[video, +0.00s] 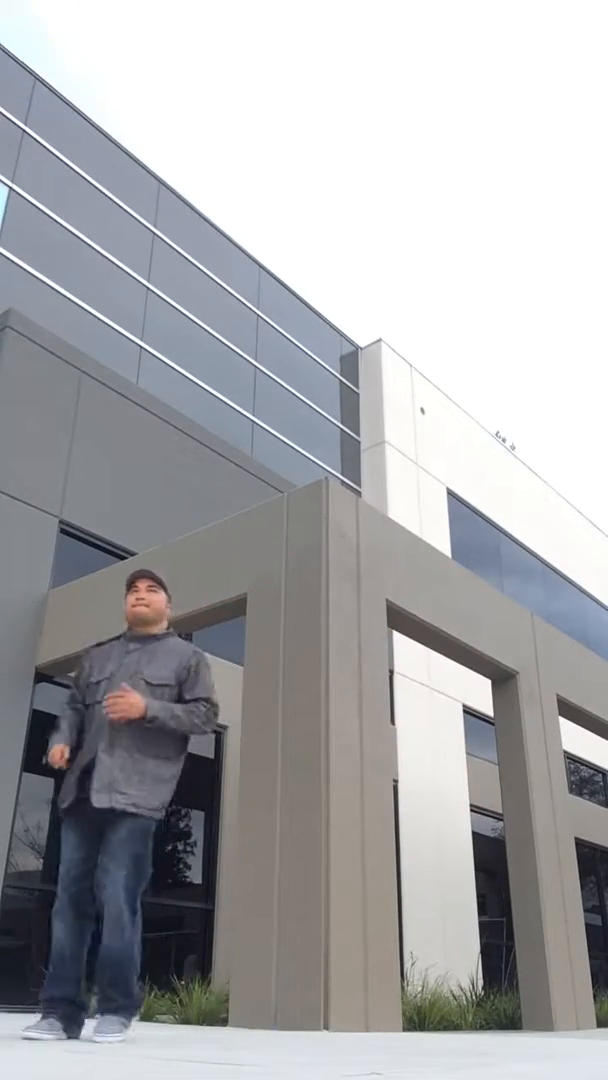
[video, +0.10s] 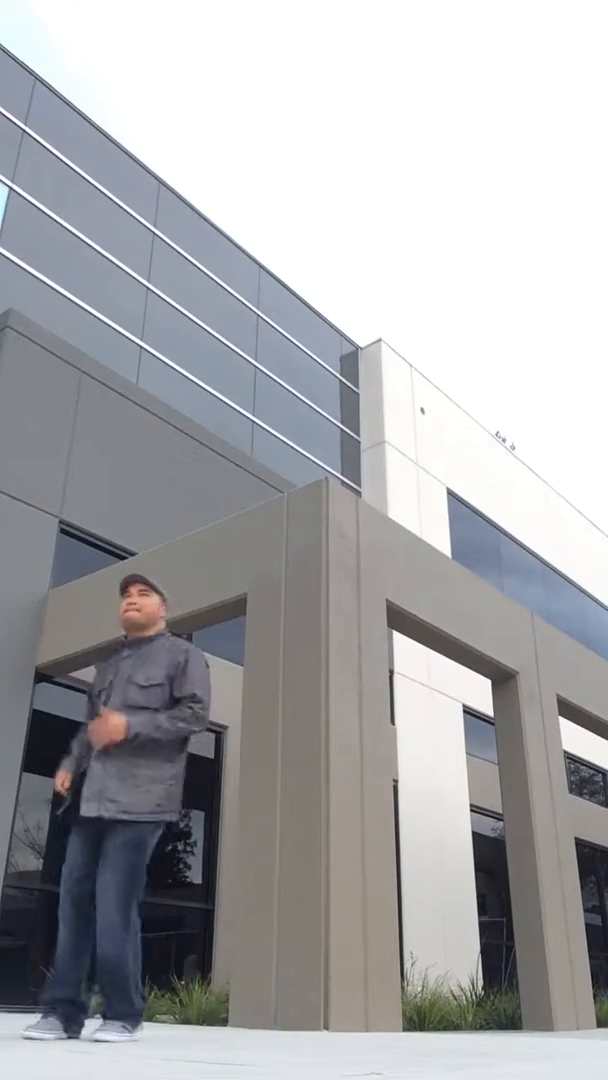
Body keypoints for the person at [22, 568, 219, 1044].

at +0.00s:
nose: (141, 595)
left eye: (151, 590)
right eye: (134, 591)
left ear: (168, 607)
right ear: (123, 607)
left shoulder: (187, 656)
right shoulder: (95, 655)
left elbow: (206, 717)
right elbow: (74, 707)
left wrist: (148, 707)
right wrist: (62, 738)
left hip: (138, 794)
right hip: (82, 787)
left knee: (117, 895)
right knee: (70, 897)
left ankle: (115, 1010)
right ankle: (61, 1011)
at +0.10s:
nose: (132, 601)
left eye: (143, 594)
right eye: (126, 597)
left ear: (163, 609)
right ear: (119, 613)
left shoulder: (184, 655)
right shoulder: (109, 664)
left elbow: (193, 716)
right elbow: (93, 725)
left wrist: (130, 724)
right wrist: (70, 765)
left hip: (142, 801)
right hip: (94, 797)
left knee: (116, 901)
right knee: (73, 894)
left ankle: (122, 1015)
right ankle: (64, 1011)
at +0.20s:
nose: (125, 606)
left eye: (137, 599)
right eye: (121, 601)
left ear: (161, 612)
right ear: (118, 616)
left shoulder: (180, 653)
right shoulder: (121, 669)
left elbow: (192, 714)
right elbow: (114, 733)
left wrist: (132, 741)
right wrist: (89, 772)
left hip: (150, 803)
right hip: (108, 802)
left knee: (125, 903)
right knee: (80, 898)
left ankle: (123, 1015)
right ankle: (84, 1006)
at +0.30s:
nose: (130, 608)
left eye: (141, 600)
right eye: (125, 604)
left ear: (165, 613)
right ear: (125, 620)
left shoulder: (181, 649)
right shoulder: (135, 667)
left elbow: (198, 709)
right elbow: (130, 732)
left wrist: (140, 746)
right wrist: (105, 762)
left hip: (161, 796)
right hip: (126, 797)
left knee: (129, 901)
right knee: (100, 900)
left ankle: (122, 1015)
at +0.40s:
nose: (136, 605)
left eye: (146, 597)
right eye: (131, 601)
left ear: (172, 610)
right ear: (131, 616)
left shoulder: (188, 644)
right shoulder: (144, 662)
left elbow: (208, 702)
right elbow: (143, 725)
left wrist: (155, 749)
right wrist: (119, 752)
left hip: (171, 794)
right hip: (139, 797)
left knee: (142, 898)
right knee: (150, 897)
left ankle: (125, 1015)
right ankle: (212, 986)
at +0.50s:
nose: (142, 609)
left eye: (152, 601)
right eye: (138, 604)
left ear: (179, 611)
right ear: (139, 619)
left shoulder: (195, 644)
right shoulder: (155, 665)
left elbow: (219, 701)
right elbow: (159, 729)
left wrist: (174, 754)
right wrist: (131, 754)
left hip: (184, 794)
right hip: (156, 797)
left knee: (146, 898)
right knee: (182, 901)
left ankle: (126, 1013)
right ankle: (229, 1009)